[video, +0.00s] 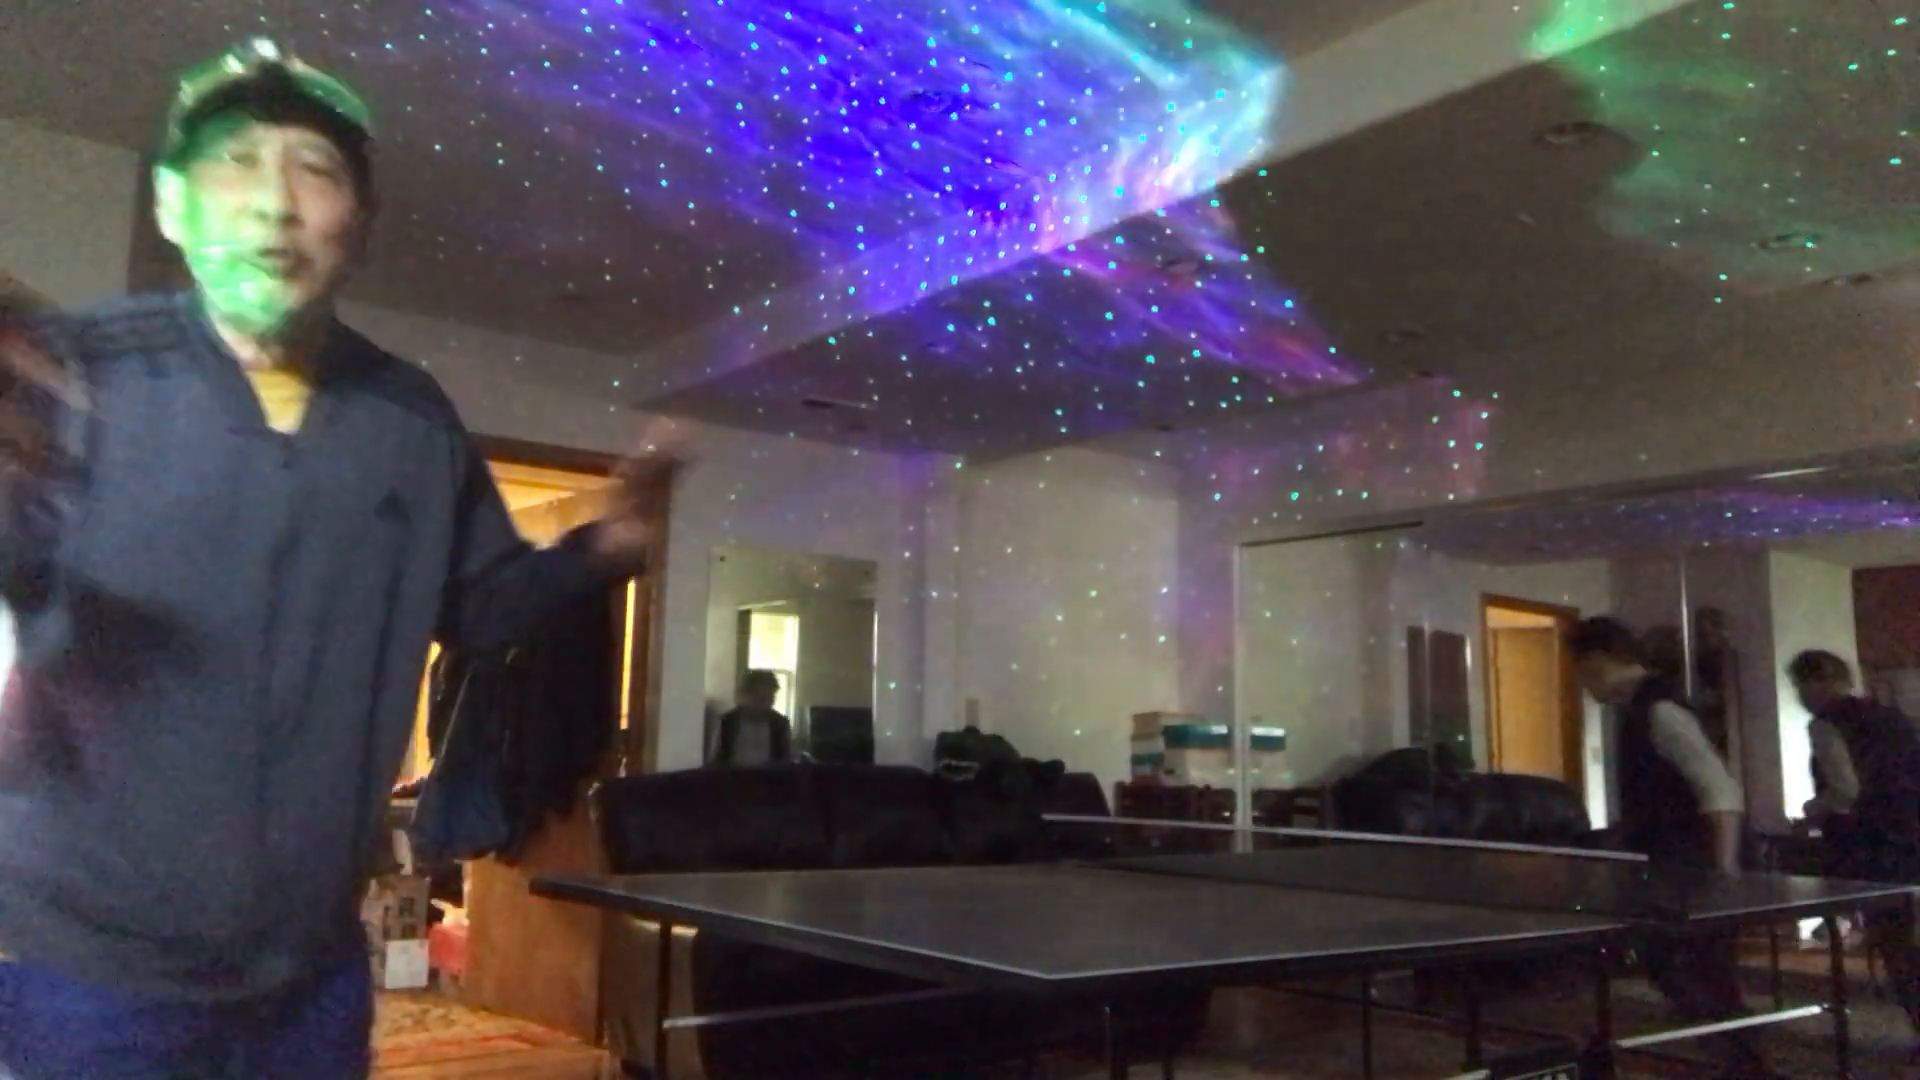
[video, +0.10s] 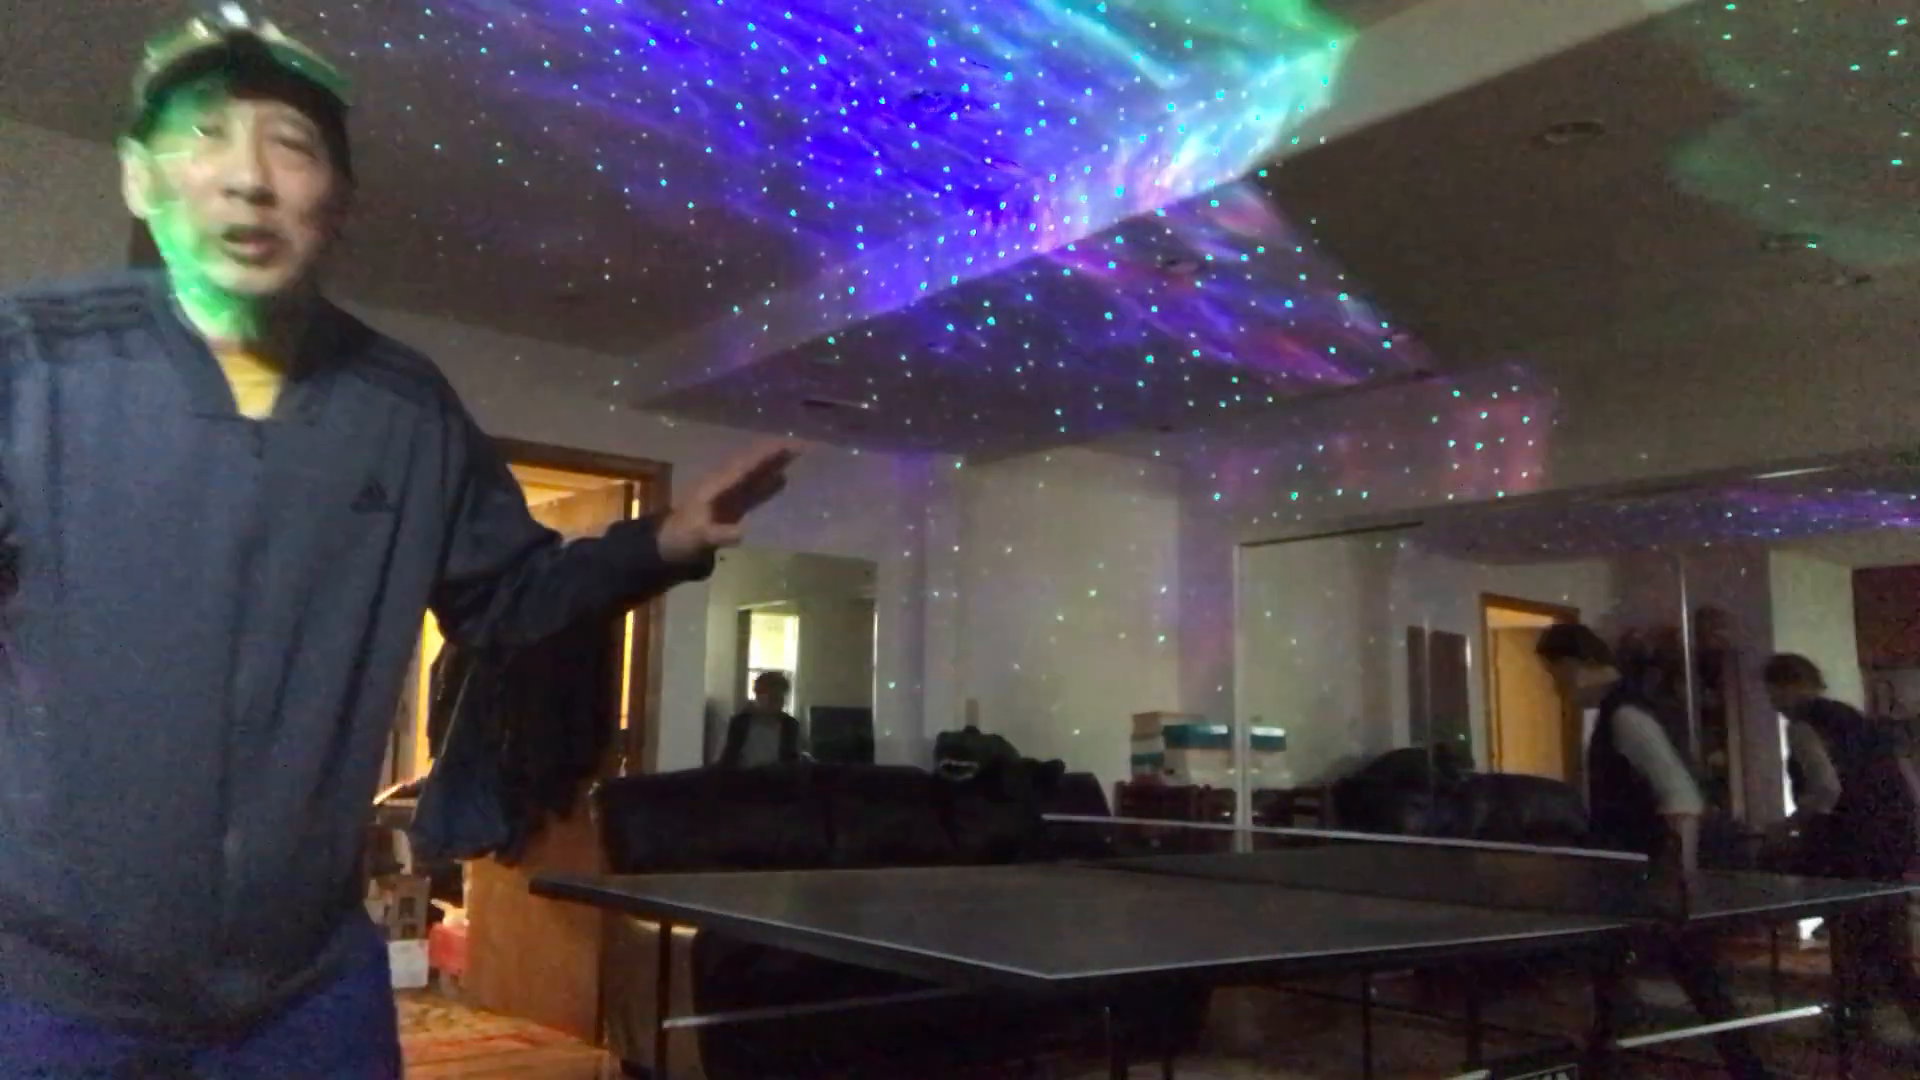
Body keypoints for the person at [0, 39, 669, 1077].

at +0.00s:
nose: (275, 203)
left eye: (313, 172)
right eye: (236, 162)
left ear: (358, 221)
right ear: (170, 202)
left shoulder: (415, 422)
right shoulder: (65, 369)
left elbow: (481, 600)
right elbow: (24, 587)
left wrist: (599, 548)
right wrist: (13, 483)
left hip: (304, 965)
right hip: (74, 950)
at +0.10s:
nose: (248, 175)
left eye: (288, 144)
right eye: (204, 134)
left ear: (337, 200)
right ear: (139, 180)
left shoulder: (412, 410)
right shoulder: (32, 353)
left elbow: (505, 595)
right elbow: (8, 575)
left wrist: (677, 540)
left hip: (304, 983)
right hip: (49, 975)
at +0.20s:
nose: (226, 154)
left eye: (271, 120)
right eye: (180, 109)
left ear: (321, 173)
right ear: (109, 154)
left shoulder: (406, 392)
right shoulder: (21, 336)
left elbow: (514, 606)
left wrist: (587, 542)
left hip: (303, 995)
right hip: (41, 993)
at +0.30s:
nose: (203, 137)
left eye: (248, 97)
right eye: (154, 88)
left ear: (309, 150)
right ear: (85, 132)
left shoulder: (407, 376)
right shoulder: (20, 323)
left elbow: (538, 587)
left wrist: (602, 520)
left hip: (299, 990)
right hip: (38, 991)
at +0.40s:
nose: (193, 121)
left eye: (244, 74)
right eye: (141, 68)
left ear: (309, 131)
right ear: (71, 115)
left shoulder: (417, 372)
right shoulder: (14, 317)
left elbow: (573, 545)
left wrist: (731, 493)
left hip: (287, 987)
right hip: (30, 983)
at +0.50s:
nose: (208, 95)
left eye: (262, 51)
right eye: (156, 43)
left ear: (332, 105)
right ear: (82, 85)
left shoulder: (436, 365)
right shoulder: (10, 294)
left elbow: (573, 562)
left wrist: (724, 486)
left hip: (288, 991)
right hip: (23, 977)